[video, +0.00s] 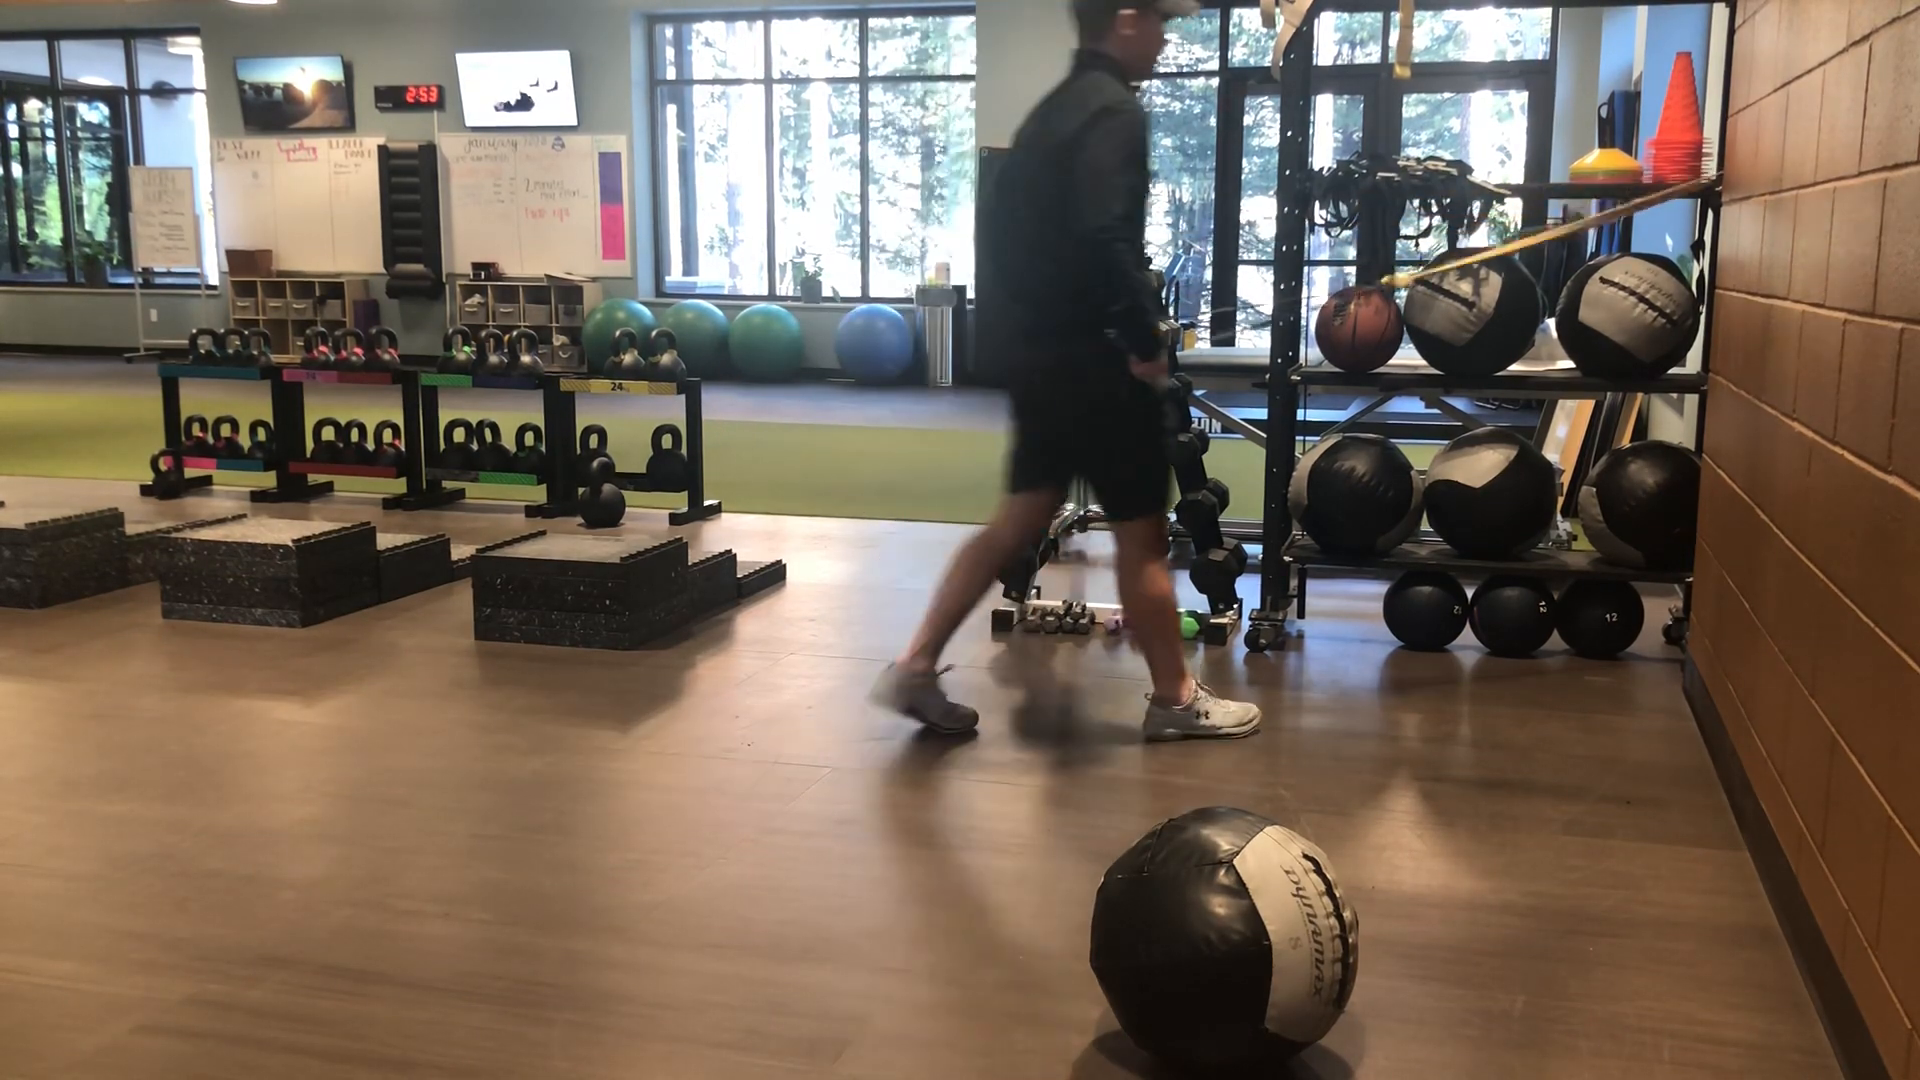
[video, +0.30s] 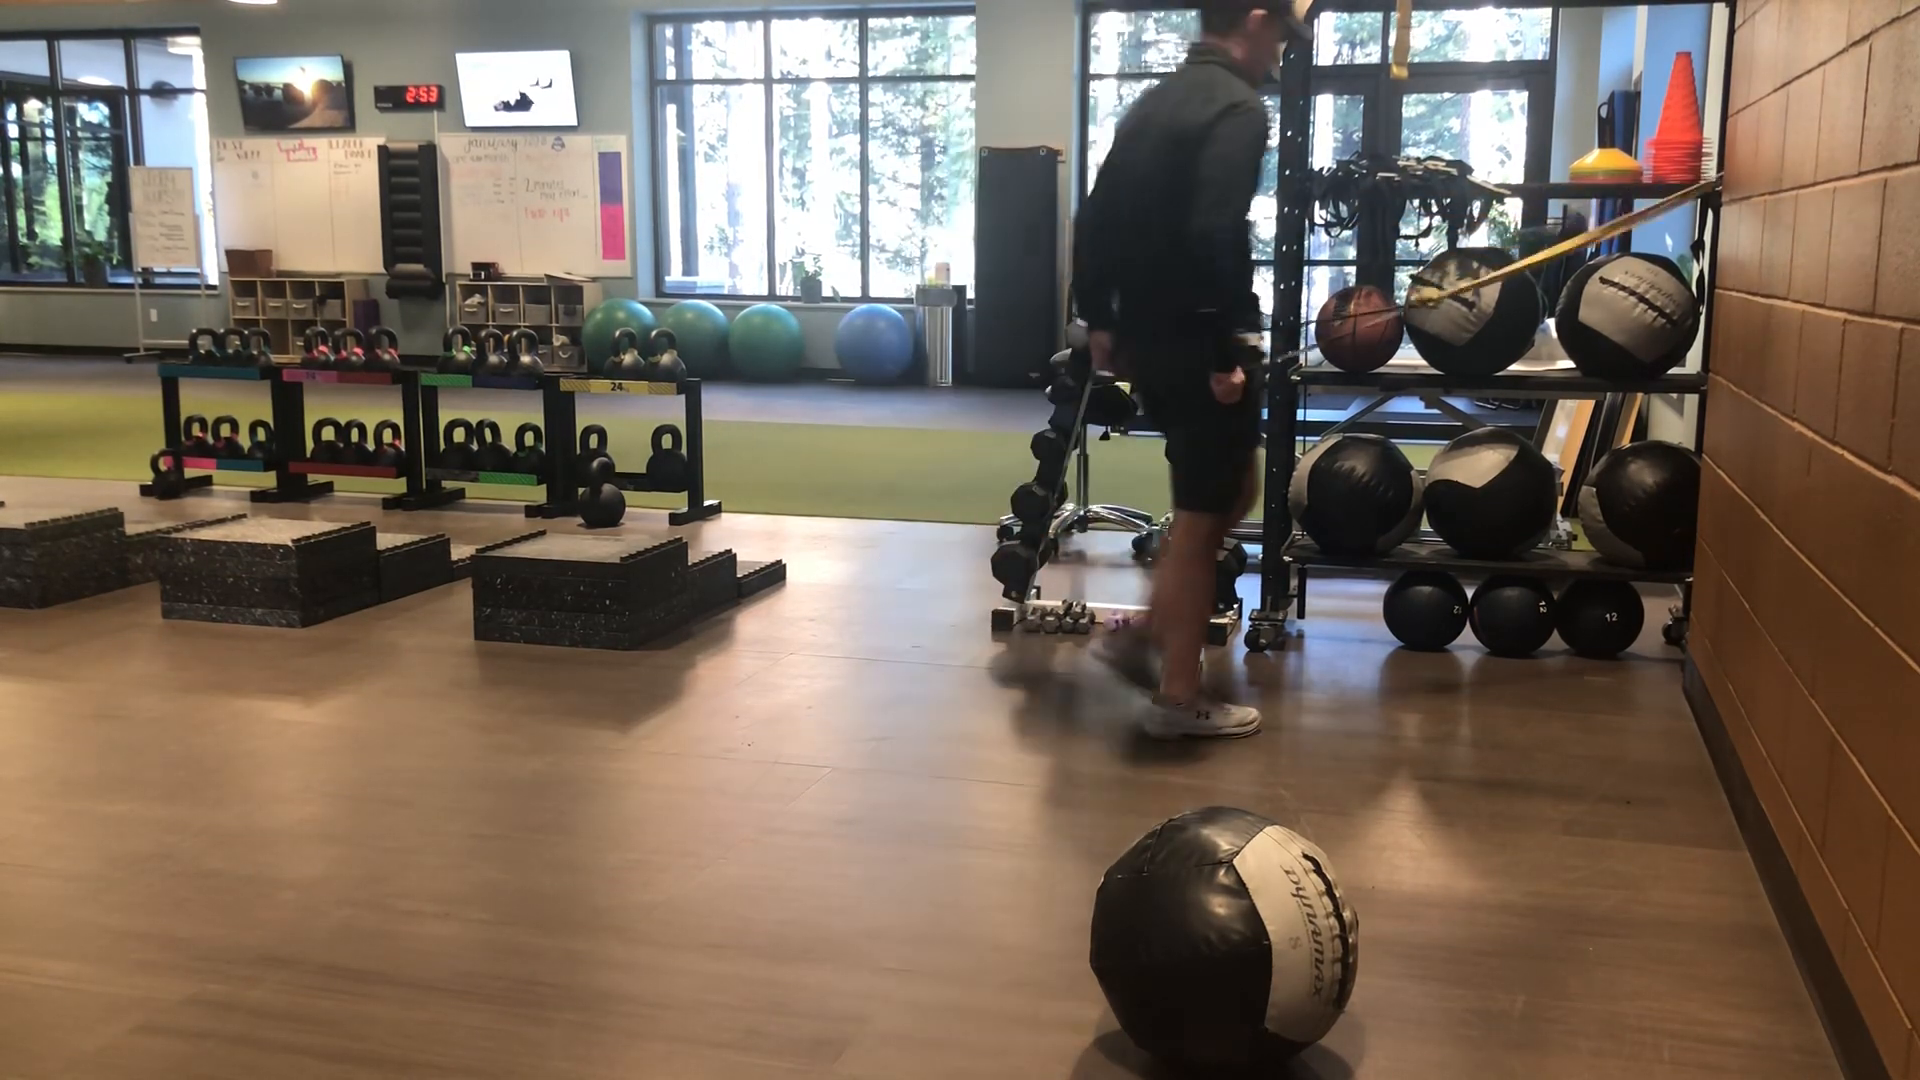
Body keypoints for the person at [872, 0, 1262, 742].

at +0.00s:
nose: (1165, 40)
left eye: (1165, 27)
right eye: (1159, 25)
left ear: (1105, 29)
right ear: (1124, 24)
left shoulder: (1058, 107)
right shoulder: (1114, 110)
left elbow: (1032, 237)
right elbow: (1106, 234)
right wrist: (1146, 340)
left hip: (1040, 354)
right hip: (1097, 356)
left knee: (1021, 518)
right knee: (1143, 534)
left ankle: (914, 669)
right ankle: (1176, 698)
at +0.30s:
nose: (1282, 51)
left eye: (1285, 37)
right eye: (1280, 34)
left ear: (1219, 26)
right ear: (1249, 24)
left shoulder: (1156, 99)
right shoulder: (1239, 108)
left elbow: (1096, 214)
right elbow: (1215, 227)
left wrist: (1098, 318)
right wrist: (1234, 341)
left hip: (1145, 330)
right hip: (1199, 338)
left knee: (1232, 486)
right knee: (1201, 511)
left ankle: (1142, 632)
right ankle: (1179, 699)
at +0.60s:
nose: (1408, 94)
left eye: (1410, 80)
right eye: (1407, 79)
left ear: (1345, 64)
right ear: (1381, 70)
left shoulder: (1295, 127)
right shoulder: (1359, 138)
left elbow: (1237, 239)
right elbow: (1329, 255)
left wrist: (1216, 346)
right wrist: (1310, 370)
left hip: (1276, 349)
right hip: (1321, 357)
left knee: (1347, 513)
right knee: (1328, 522)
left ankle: (1375, 661)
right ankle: (1211, 660)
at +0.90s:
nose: (1485, 107)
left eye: (1492, 95)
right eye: (1490, 90)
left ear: (1442, 61)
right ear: (1464, 66)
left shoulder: (1386, 114)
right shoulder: (1424, 125)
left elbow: (1357, 244)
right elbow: (1410, 255)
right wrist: (1421, 372)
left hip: (1317, 335)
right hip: (1357, 339)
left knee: (1367, 504)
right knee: (1403, 507)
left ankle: (1371, 664)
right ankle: (1390, 673)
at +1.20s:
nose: (1511, 99)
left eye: (1519, 87)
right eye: (1517, 82)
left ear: (1464, 49)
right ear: (1492, 54)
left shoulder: (1401, 105)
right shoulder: (1453, 118)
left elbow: (1369, 225)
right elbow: (1446, 247)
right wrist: (1466, 363)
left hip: (1351, 328)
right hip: (1402, 331)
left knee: (1391, 490)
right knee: (1462, 488)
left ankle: (1372, 662)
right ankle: (1421, 652)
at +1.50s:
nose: (1514, 93)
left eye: (1521, 82)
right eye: (1519, 77)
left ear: (1467, 45)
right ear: (1494, 52)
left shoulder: (1397, 107)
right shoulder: (1454, 127)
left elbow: (1354, 213)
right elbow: (1450, 259)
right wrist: (1474, 370)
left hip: (1354, 329)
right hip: (1409, 334)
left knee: (1391, 487)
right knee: (1479, 485)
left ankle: (1373, 658)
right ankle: (1457, 653)